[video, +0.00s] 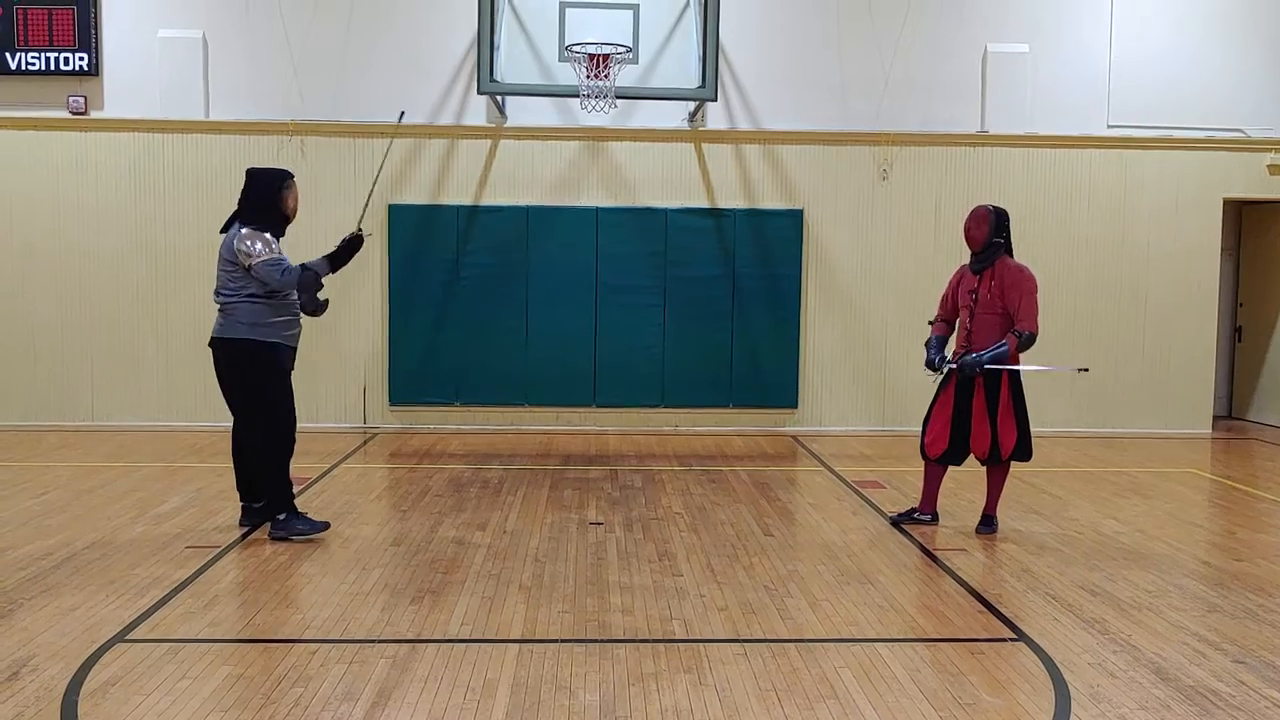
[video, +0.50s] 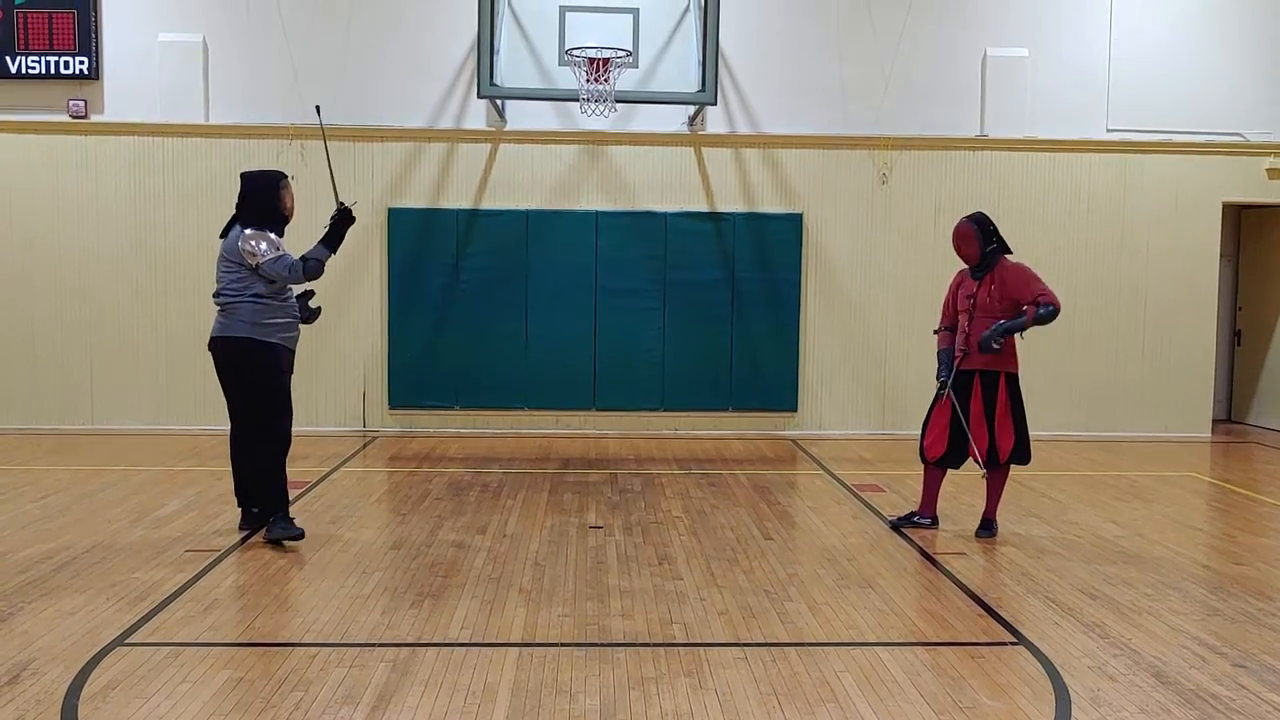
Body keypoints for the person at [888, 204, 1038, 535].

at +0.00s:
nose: (967, 231)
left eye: (975, 225)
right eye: (967, 225)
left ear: (995, 231)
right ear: (970, 230)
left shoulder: (1017, 275)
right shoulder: (964, 274)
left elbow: (1027, 332)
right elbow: (945, 318)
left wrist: (984, 358)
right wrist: (934, 346)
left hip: (997, 374)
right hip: (961, 371)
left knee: (997, 442)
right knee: (937, 433)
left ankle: (989, 514)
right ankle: (926, 508)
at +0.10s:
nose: (967, 232)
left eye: (974, 226)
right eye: (967, 226)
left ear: (995, 231)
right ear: (970, 231)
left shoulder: (1017, 276)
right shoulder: (964, 276)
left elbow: (1026, 333)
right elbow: (945, 319)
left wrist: (982, 359)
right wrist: (934, 349)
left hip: (998, 375)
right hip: (961, 372)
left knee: (997, 443)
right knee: (938, 434)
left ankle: (989, 515)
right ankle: (926, 509)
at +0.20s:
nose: (966, 238)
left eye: (971, 231)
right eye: (965, 232)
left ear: (992, 233)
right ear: (971, 233)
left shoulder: (1018, 277)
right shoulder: (965, 276)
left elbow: (1025, 334)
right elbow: (946, 321)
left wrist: (979, 357)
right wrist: (937, 352)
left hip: (998, 376)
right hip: (960, 373)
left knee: (998, 444)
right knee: (938, 436)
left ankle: (989, 515)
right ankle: (926, 509)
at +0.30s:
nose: (964, 244)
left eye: (969, 237)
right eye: (963, 237)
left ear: (990, 236)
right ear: (967, 238)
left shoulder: (1017, 276)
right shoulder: (964, 277)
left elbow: (1028, 332)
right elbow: (947, 323)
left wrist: (982, 346)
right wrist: (942, 349)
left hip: (998, 373)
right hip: (960, 370)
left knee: (998, 442)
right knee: (938, 435)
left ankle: (989, 516)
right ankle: (926, 510)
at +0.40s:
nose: (964, 249)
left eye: (969, 242)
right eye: (961, 243)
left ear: (989, 239)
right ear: (961, 243)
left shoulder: (1014, 274)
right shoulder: (963, 277)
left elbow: (1037, 324)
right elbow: (948, 325)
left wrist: (988, 333)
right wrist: (944, 359)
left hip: (998, 374)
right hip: (960, 371)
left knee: (998, 442)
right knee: (937, 435)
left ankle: (989, 516)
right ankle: (926, 511)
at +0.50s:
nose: (960, 251)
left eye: (964, 244)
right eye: (957, 245)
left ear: (984, 241)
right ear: (960, 245)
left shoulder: (1011, 271)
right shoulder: (961, 279)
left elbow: (1049, 306)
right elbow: (947, 325)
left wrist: (1004, 328)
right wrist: (944, 363)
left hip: (997, 373)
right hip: (960, 373)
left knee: (998, 443)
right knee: (936, 436)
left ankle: (989, 517)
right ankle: (926, 512)